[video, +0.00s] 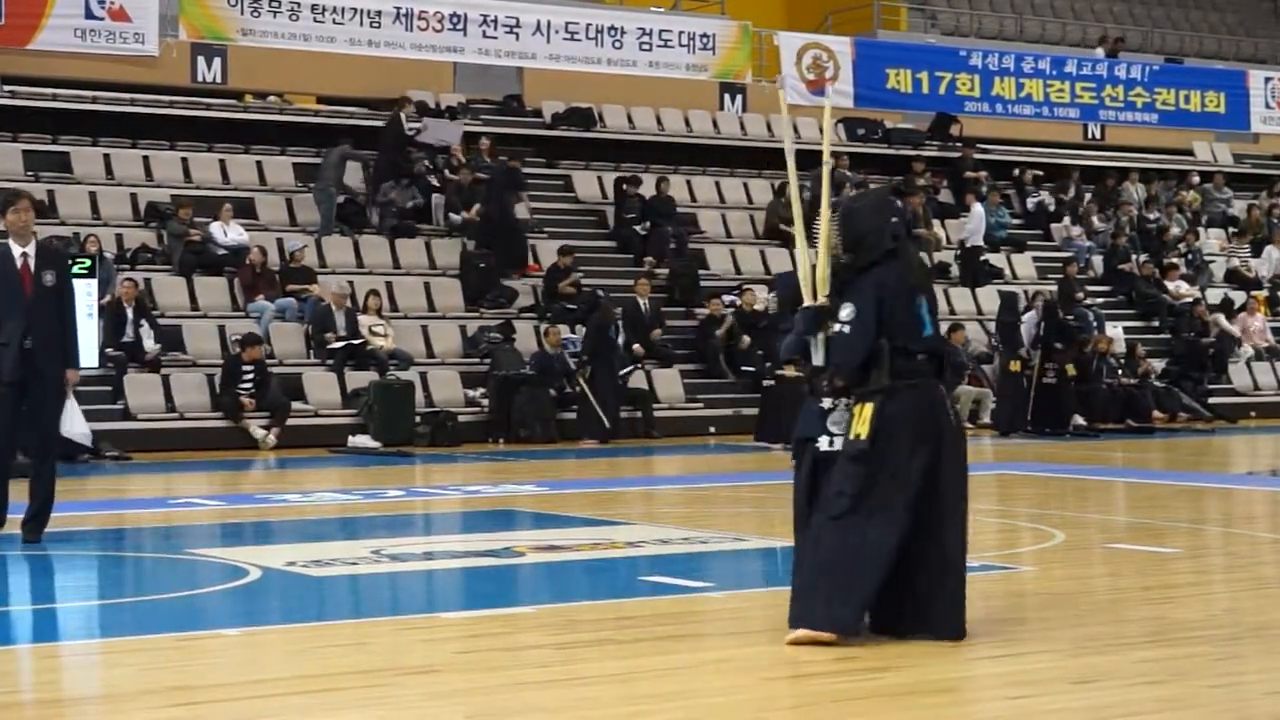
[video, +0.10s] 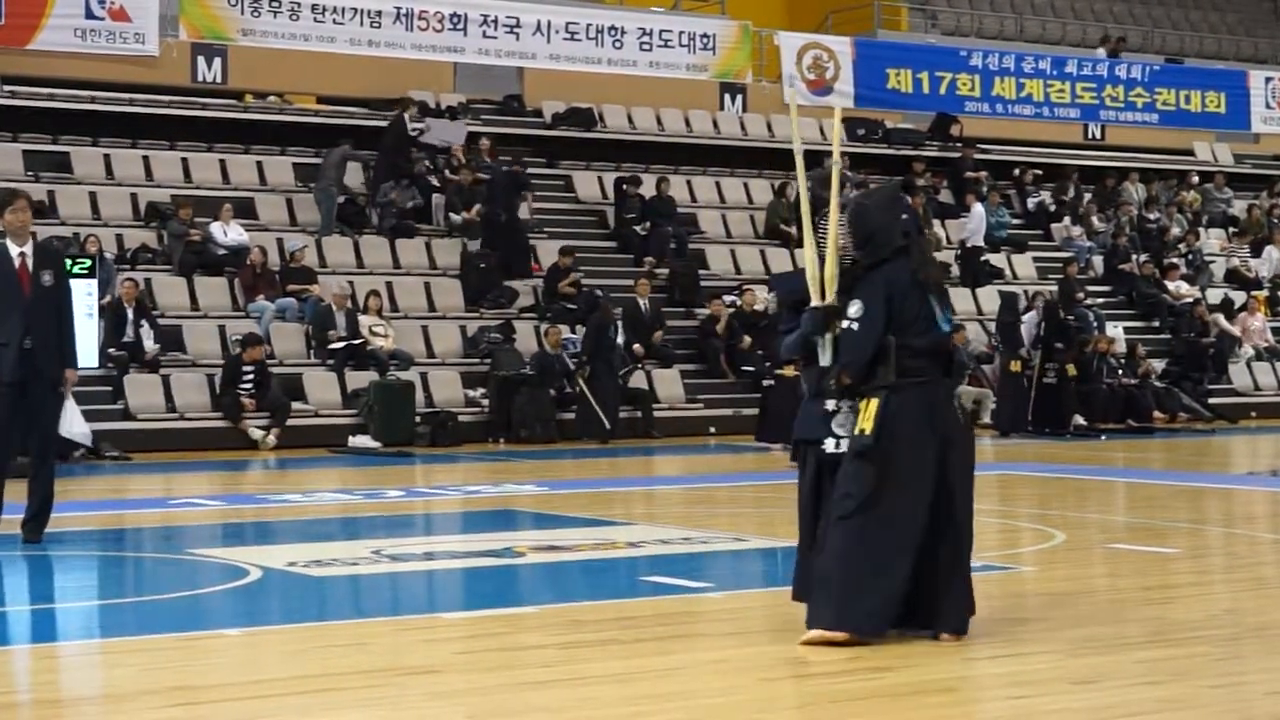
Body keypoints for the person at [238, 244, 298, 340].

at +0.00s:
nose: (252, 257)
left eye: (256, 254)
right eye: (251, 254)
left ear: (263, 258)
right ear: (249, 256)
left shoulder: (269, 272)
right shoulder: (245, 270)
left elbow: (277, 292)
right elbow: (247, 284)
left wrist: (265, 296)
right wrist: (248, 265)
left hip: (271, 301)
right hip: (252, 302)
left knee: (291, 302)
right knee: (270, 308)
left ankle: (289, 333)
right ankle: (261, 339)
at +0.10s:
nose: (253, 257)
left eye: (257, 254)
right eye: (252, 254)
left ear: (263, 258)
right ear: (250, 256)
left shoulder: (270, 273)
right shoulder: (246, 271)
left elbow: (278, 292)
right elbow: (248, 285)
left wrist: (265, 296)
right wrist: (249, 265)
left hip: (271, 300)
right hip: (253, 302)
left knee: (292, 303)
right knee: (270, 308)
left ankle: (290, 334)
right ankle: (262, 340)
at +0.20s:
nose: (253, 256)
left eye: (256, 254)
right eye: (252, 254)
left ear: (263, 258)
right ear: (249, 256)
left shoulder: (269, 272)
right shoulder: (245, 271)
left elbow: (278, 291)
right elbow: (247, 286)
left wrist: (265, 296)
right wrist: (248, 265)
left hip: (271, 300)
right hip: (252, 302)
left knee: (291, 302)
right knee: (269, 308)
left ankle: (290, 334)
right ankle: (262, 340)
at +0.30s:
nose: (253, 256)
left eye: (256, 253)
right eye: (252, 253)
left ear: (263, 257)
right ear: (249, 256)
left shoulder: (269, 272)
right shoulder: (245, 271)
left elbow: (278, 291)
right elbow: (247, 285)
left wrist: (265, 296)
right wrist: (249, 265)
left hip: (271, 300)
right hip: (253, 302)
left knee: (291, 302)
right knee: (269, 308)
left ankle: (290, 334)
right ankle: (262, 340)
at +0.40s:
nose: (253, 257)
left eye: (256, 254)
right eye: (252, 254)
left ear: (263, 257)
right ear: (249, 256)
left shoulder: (269, 272)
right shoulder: (245, 271)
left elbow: (278, 292)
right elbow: (247, 285)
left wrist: (265, 295)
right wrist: (249, 265)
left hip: (271, 300)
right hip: (253, 302)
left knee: (291, 302)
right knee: (270, 308)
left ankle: (290, 334)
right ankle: (262, 340)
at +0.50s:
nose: (253, 257)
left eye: (257, 254)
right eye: (252, 254)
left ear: (263, 258)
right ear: (250, 256)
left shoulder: (269, 272)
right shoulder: (245, 271)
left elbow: (278, 292)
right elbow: (247, 285)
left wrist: (265, 296)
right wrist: (249, 265)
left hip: (271, 300)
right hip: (253, 302)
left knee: (291, 302)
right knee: (269, 308)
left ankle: (290, 334)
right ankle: (262, 340)